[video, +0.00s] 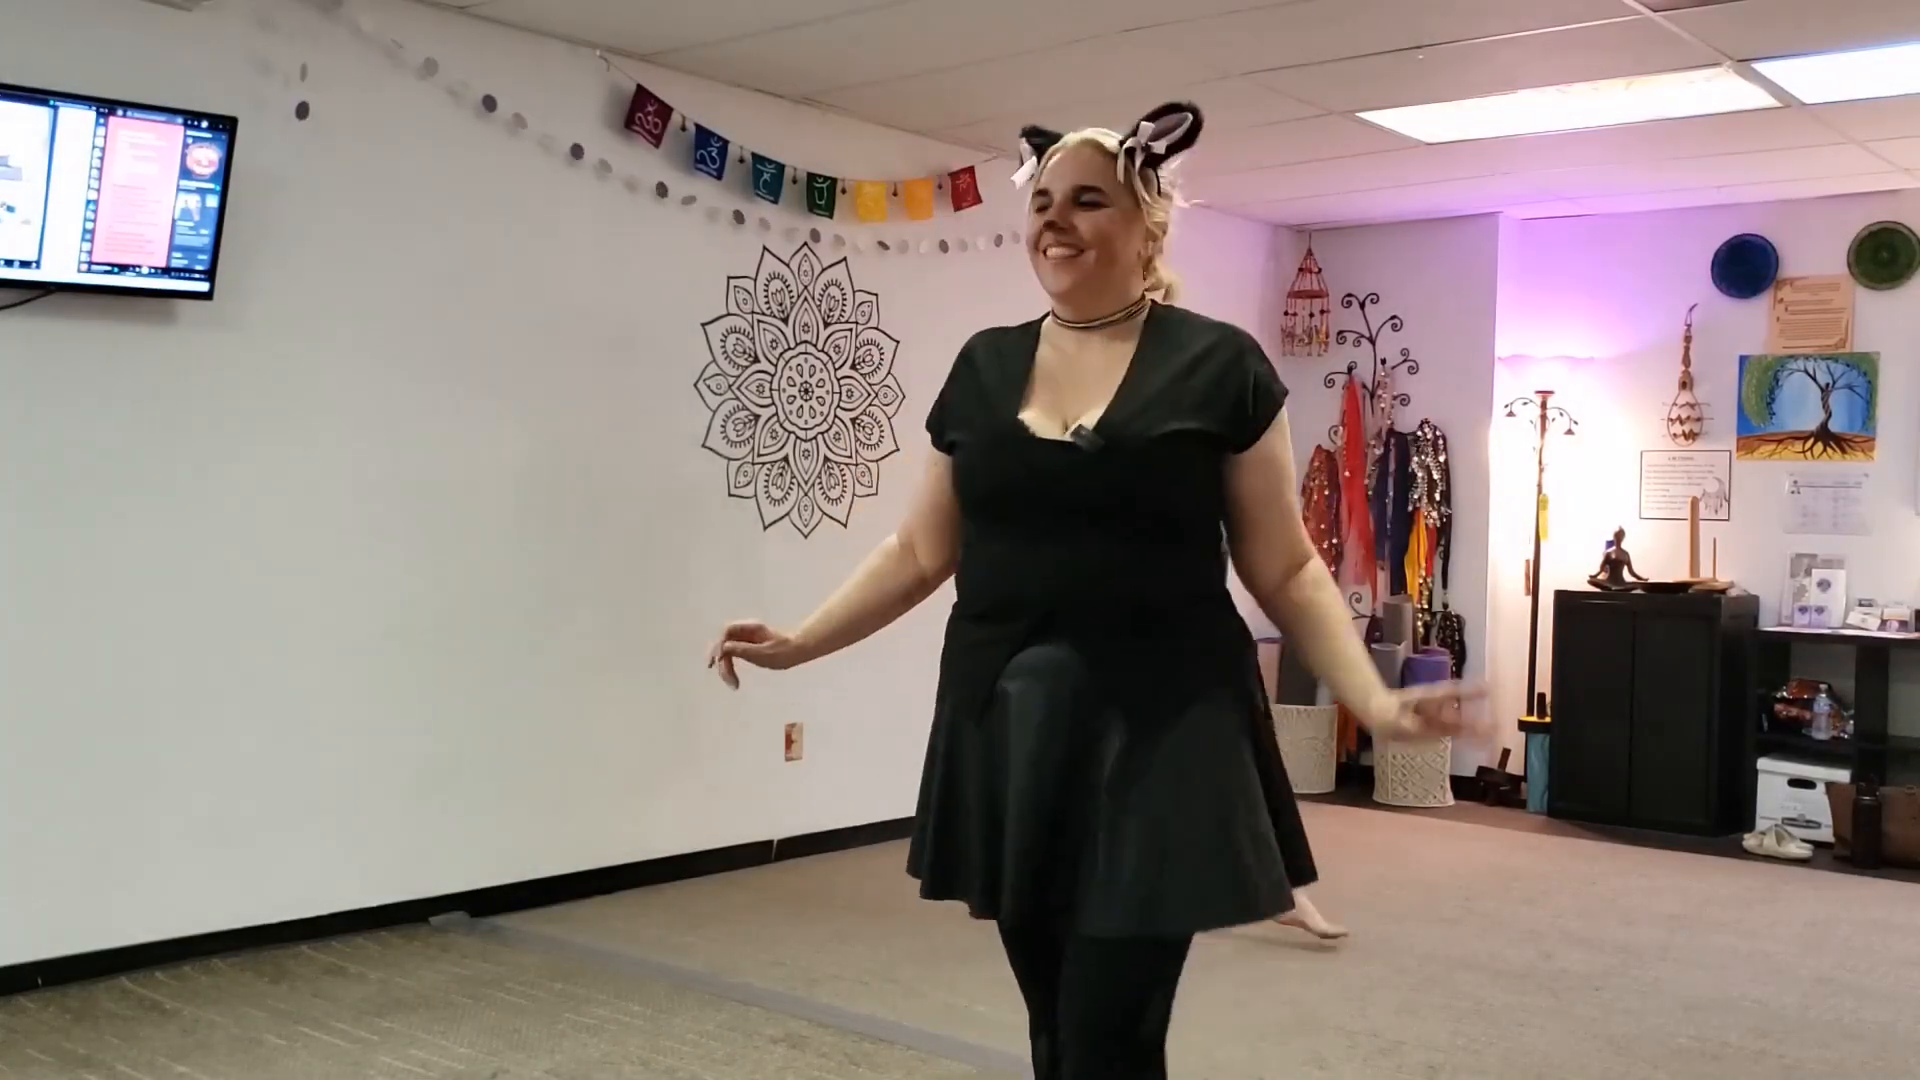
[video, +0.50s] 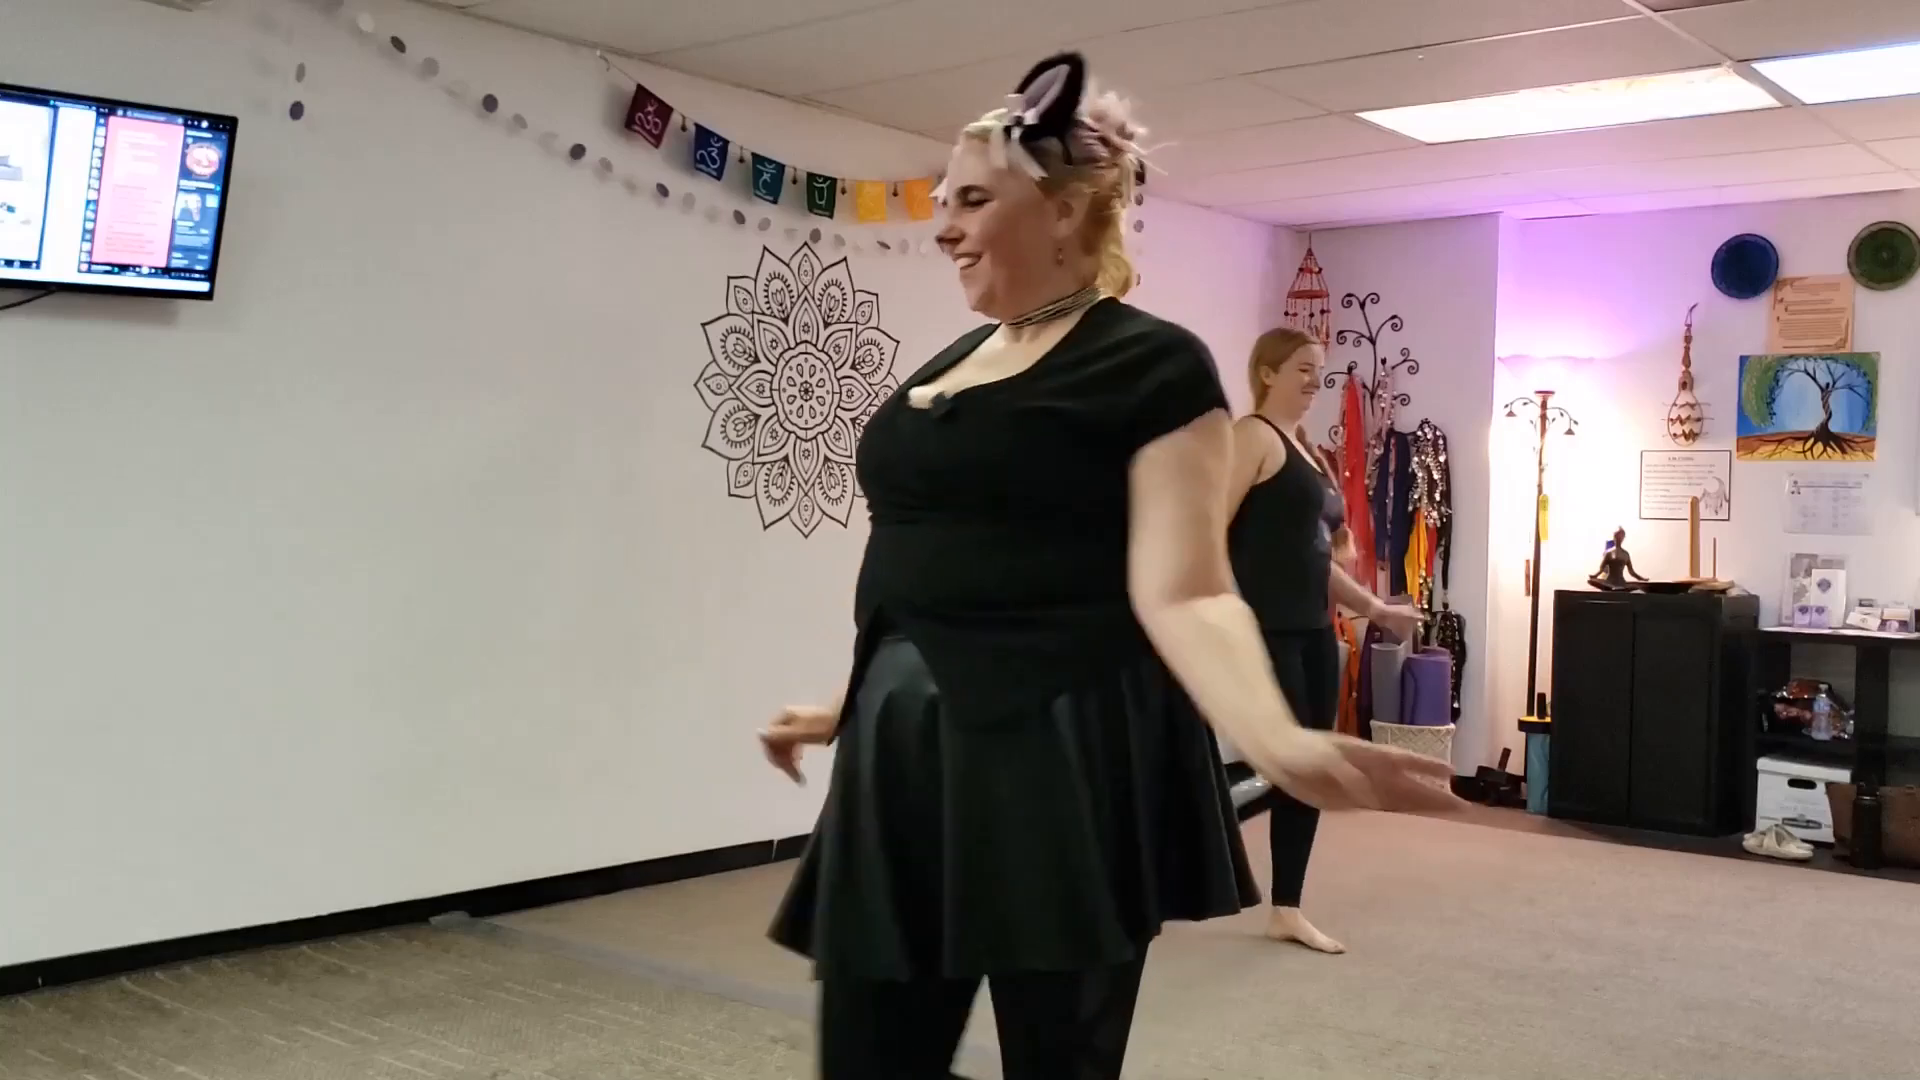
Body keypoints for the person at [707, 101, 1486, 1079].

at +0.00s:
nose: (1054, 222)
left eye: (1086, 201)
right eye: (1042, 206)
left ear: (1148, 224)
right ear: (1029, 234)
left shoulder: (1219, 369)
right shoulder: (989, 367)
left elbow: (1286, 569)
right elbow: (918, 551)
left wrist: (1374, 699)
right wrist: (803, 641)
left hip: (1164, 749)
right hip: (1010, 748)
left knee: (1103, 1047)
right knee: (1061, 1041)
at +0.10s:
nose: (1045, 227)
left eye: (1077, 204)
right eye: (1033, 210)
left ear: (1148, 227)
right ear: (1021, 235)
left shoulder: (1216, 375)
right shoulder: (988, 371)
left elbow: (1274, 593)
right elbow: (918, 560)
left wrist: (1345, 759)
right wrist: (800, 660)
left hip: (1156, 766)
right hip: (997, 761)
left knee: (1087, 1053)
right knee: (1056, 1048)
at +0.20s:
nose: (1024, 223)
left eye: (1057, 196)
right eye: (1018, 203)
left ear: (1141, 215)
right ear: (1013, 223)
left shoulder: (1211, 373)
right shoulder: (982, 363)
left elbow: (1261, 605)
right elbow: (914, 557)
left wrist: (1319, 785)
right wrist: (800, 667)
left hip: (1136, 761)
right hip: (975, 758)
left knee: (1076, 1051)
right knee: (1046, 1049)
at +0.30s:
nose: (1002, 218)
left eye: (1033, 191)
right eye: (998, 198)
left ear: (1126, 204)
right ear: (1001, 217)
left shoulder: (1205, 371)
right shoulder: (972, 354)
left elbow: (1247, 609)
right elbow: (908, 552)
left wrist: (1327, 793)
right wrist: (794, 676)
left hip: (1110, 785)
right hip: (949, 774)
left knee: (1072, 1058)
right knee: (1004, 1053)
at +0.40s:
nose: (979, 217)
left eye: (1008, 192)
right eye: (975, 199)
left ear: (1102, 200)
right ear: (973, 216)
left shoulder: (1181, 365)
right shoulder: (962, 356)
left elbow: (1233, 605)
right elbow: (912, 561)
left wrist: (1335, 783)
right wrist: (804, 685)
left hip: (1082, 771)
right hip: (921, 764)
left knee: (1061, 1057)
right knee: (944, 1056)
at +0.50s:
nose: (944, 228)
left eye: (973, 199)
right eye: (946, 204)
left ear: (1072, 207)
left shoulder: (1156, 365)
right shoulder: (950, 366)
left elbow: (1188, 593)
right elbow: (934, 592)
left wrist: (1282, 741)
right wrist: (848, 711)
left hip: (1071, 773)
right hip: (907, 762)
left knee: (1060, 1060)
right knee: (866, 1059)